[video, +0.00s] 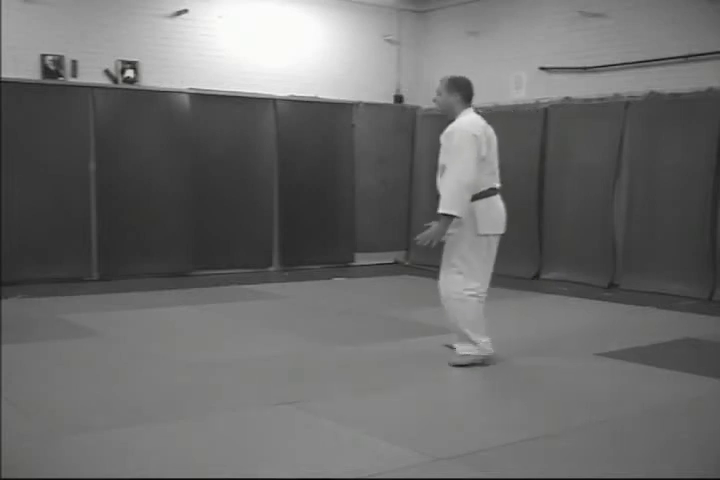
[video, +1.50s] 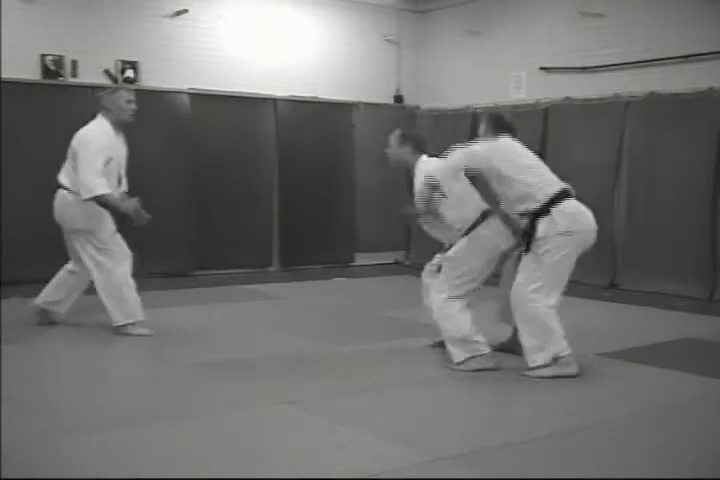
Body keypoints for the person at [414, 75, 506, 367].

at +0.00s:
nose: (435, 99)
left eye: (439, 94)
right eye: (436, 94)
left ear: (456, 97)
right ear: (464, 97)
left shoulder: (462, 130)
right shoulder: (480, 126)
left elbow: (460, 180)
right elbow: (477, 177)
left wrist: (441, 224)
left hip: (472, 213)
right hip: (487, 210)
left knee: (456, 279)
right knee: (472, 278)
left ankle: (476, 345)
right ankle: (469, 338)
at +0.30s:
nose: (424, 110)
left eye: (429, 104)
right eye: (426, 104)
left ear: (444, 109)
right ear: (451, 110)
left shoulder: (455, 140)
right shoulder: (463, 136)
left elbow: (450, 187)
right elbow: (452, 188)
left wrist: (432, 229)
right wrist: (436, 226)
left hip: (481, 221)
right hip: (473, 220)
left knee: (467, 283)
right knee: (446, 268)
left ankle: (489, 351)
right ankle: (453, 334)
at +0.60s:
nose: (410, 127)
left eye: (414, 121)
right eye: (412, 121)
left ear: (431, 125)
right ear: (434, 125)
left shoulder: (449, 153)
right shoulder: (447, 149)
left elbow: (448, 200)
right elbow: (447, 200)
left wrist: (434, 243)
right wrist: (437, 242)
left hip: (485, 228)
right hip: (470, 228)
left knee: (459, 291)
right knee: (441, 276)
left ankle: (488, 351)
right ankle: (445, 336)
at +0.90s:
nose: (419, 117)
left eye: (422, 111)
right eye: (419, 111)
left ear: (438, 113)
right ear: (443, 113)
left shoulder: (452, 141)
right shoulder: (466, 137)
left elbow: (453, 188)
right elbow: (462, 188)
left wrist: (443, 232)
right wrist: (448, 233)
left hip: (482, 219)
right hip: (474, 219)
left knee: (480, 292)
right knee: (450, 272)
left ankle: (512, 355)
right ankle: (450, 336)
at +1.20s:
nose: (424, 113)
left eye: (427, 107)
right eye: (425, 107)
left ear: (442, 108)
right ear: (452, 108)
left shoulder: (449, 140)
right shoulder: (470, 134)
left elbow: (455, 190)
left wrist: (437, 220)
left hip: (473, 218)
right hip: (482, 214)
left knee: (487, 286)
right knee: (453, 275)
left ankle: (508, 353)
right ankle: (452, 336)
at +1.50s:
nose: (387, 153)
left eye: (391, 147)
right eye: (389, 147)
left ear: (407, 147)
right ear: (415, 148)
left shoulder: (426, 173)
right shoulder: (443, 163)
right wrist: (448, 253)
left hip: (488, 230)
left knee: (443, 288)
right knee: (433, 276)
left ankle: (473, 353)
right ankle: (454, 335)